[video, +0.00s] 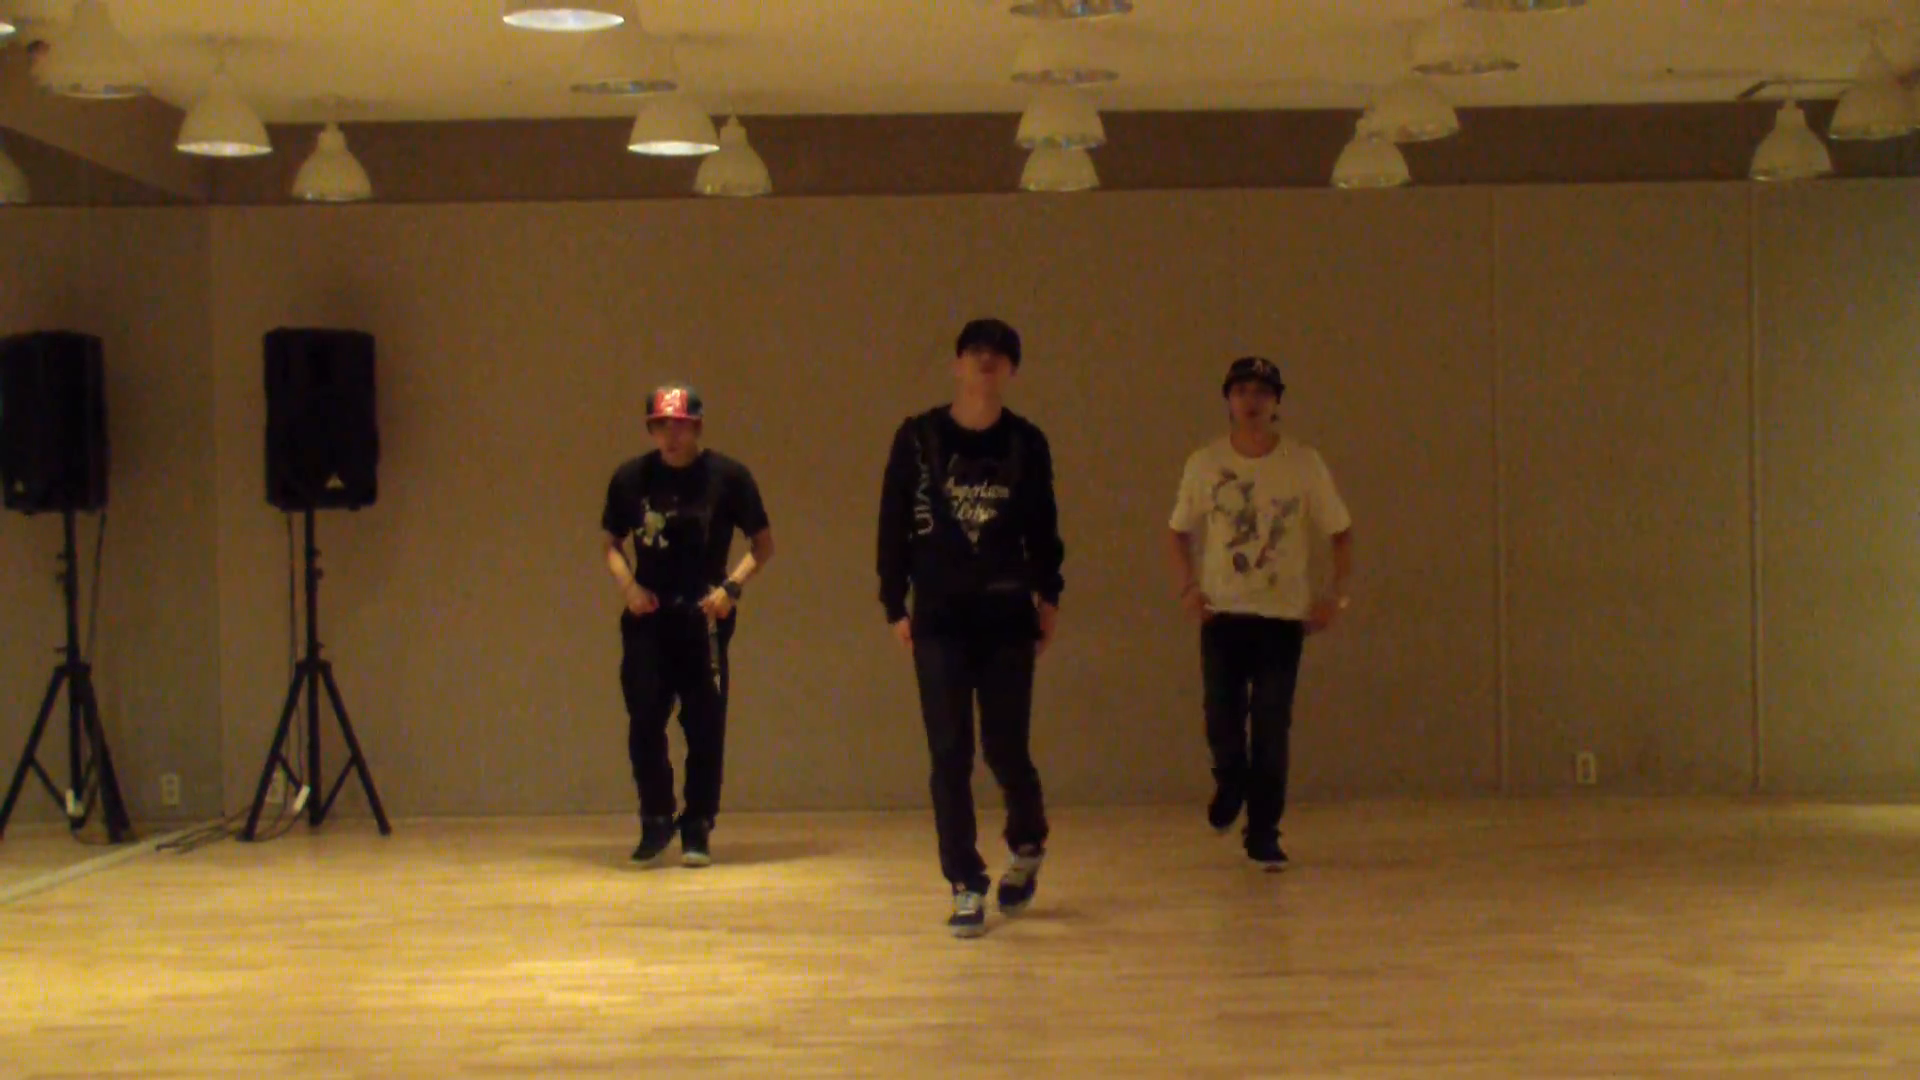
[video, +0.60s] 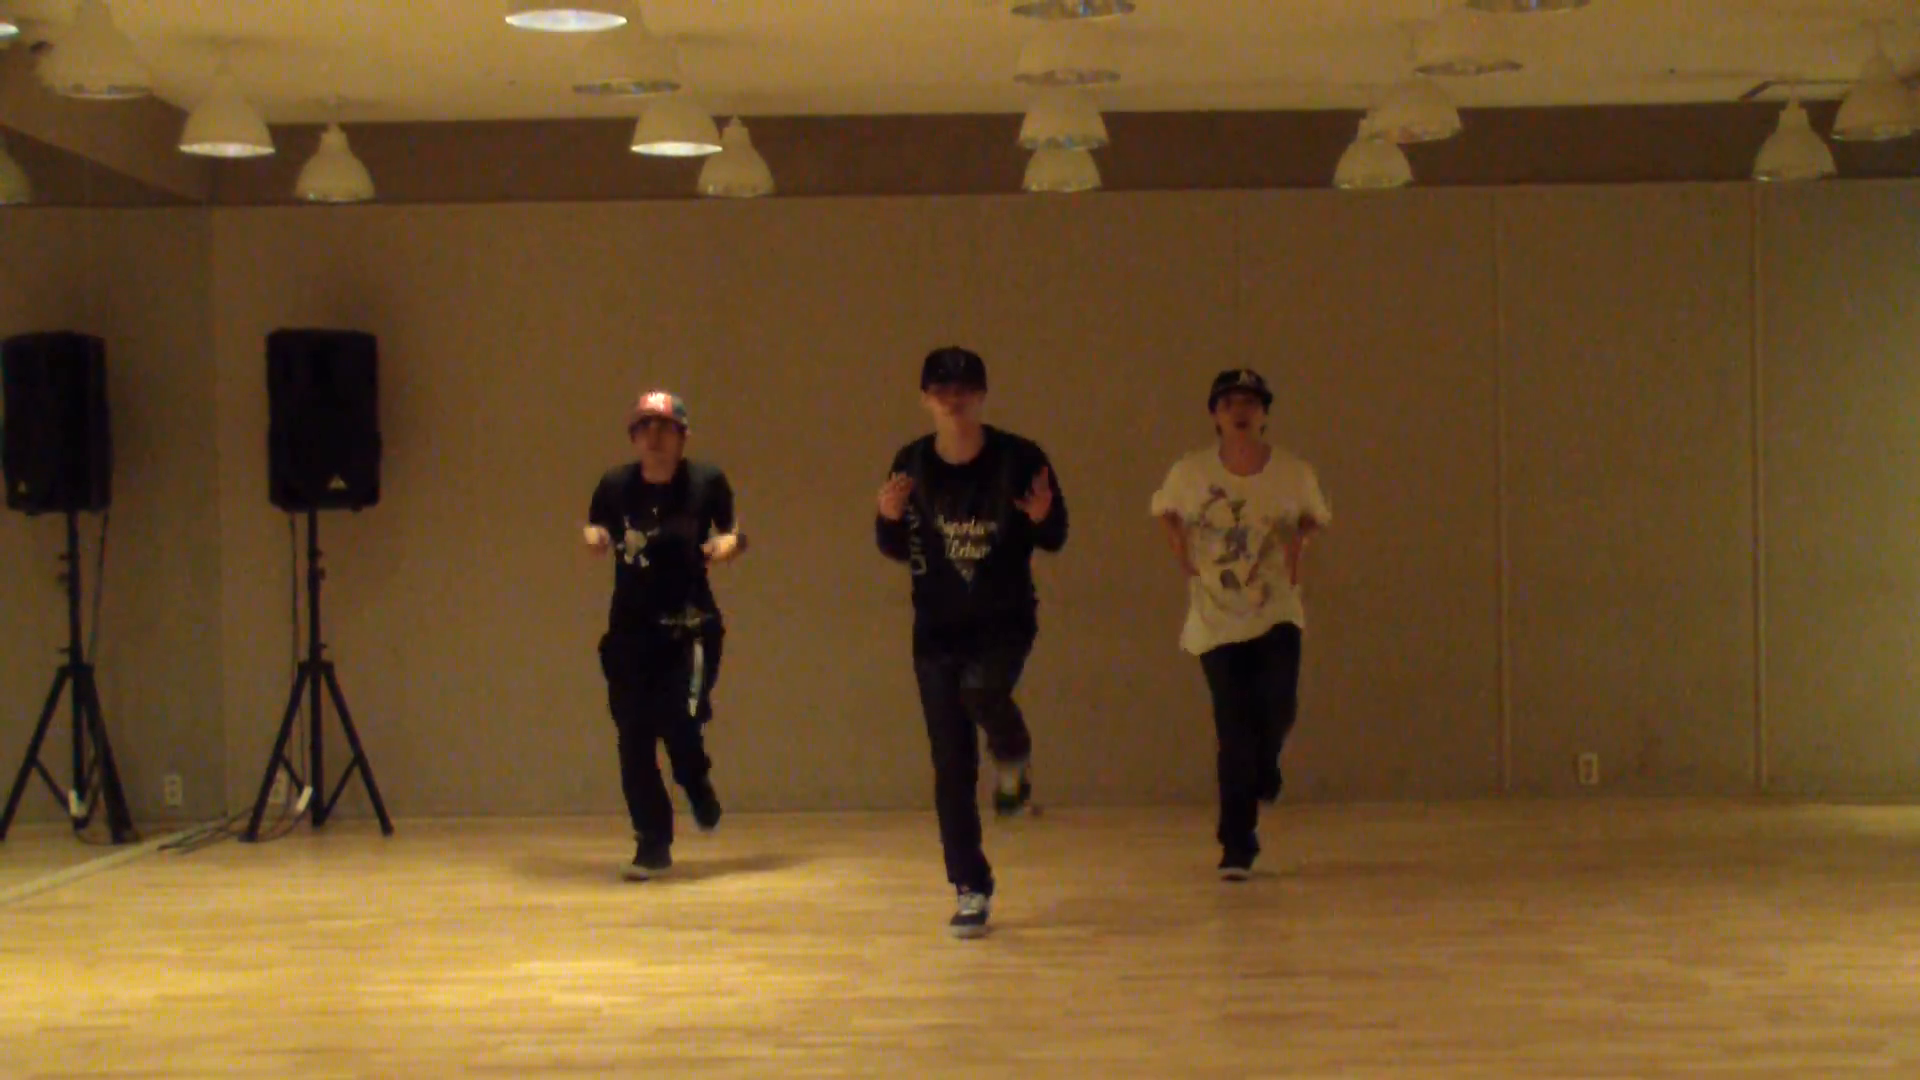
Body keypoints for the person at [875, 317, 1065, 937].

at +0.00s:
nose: (988, 368)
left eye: (998, 361)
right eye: (978, 358)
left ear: (1012, 372)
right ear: (957, 364)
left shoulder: (1026, 441)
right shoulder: (918, 436)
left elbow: (1043, 525)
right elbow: (893, 525)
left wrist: (1048, 595)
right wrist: (896, 605)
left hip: (1008, 615)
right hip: (940, 614)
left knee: (1005, 748)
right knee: (949, 753)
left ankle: (1027, 845)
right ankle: (964, 882)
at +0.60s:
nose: (953, 402)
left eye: (963, 391)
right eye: (942, 393)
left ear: (982, 395)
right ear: (926, 399)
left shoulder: (1019, 459)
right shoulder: (911, 464)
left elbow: (1054, 541)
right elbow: (897, 551)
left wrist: (1044, 516)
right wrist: (889, 516)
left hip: (1005, 616)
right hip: (939, 623)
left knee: (983, 691)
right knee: (952, 760)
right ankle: (969, 884)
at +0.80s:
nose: (961, 416)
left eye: (970, 403)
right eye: (949, 404)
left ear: (987, 404)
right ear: (931, 406)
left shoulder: (1014, 461)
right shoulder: (918, 470)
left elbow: (1045, 512)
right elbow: (895, 519)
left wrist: (1049, 491)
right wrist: (881, 489)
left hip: (1002, 627)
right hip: (937, 630)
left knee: (980, 730)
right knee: (951, 751)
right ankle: (966, 874)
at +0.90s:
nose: (964, 437)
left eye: (975, 425)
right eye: (953, 425)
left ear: (989, 428)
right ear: (933, 426)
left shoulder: (1010, 484)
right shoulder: (916, 491)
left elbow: (1027, 505)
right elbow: (899, 512)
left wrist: (1040, 499)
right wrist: (880, 496)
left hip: (1001, 654)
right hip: (936, 656)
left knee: (978, 757)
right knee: (956, 775)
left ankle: (955, 884)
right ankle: (978, 891)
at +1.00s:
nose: (965, 439)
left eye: (975, 427)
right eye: (954, 427)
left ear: (992, 430)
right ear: (935, 429)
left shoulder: (1016, 490)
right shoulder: (909, 495)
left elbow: (1068, 502)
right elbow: (854, 504)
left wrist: (1122, 493)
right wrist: (799, 501)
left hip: (1000, 658)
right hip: (933, 661)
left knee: (973, 755)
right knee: (952, 777)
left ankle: (952, 878)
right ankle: (977, 892)